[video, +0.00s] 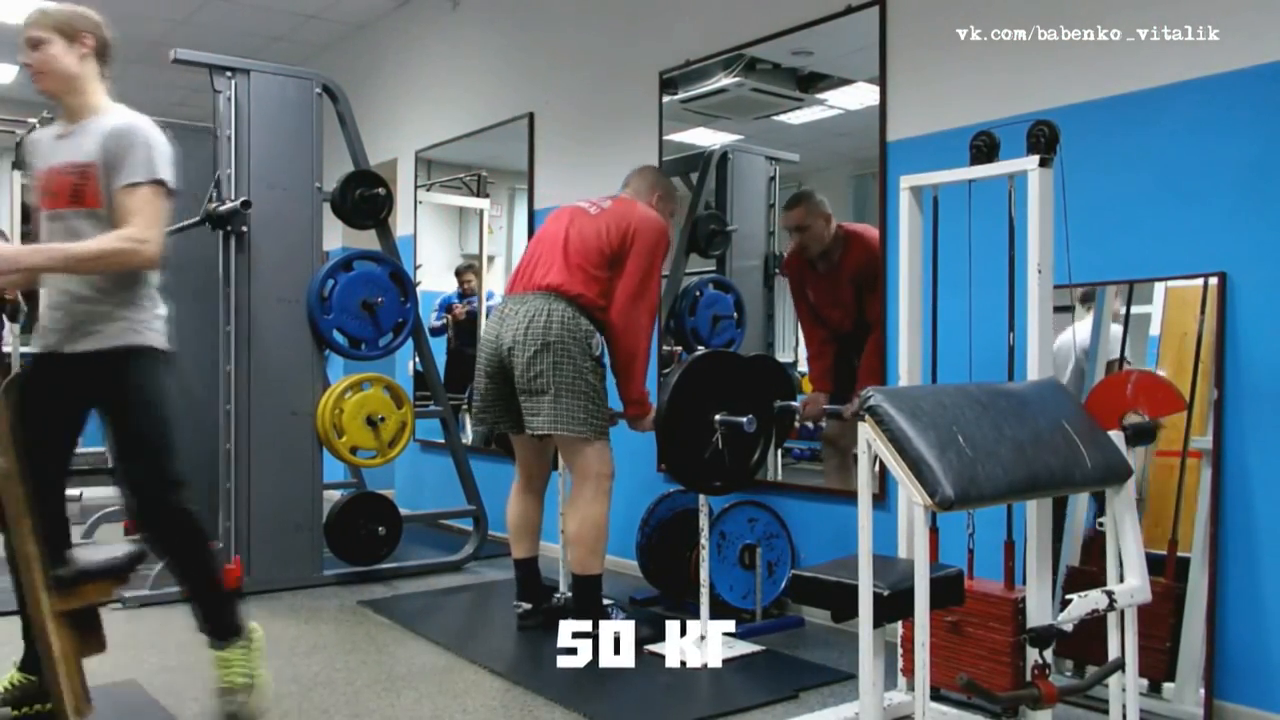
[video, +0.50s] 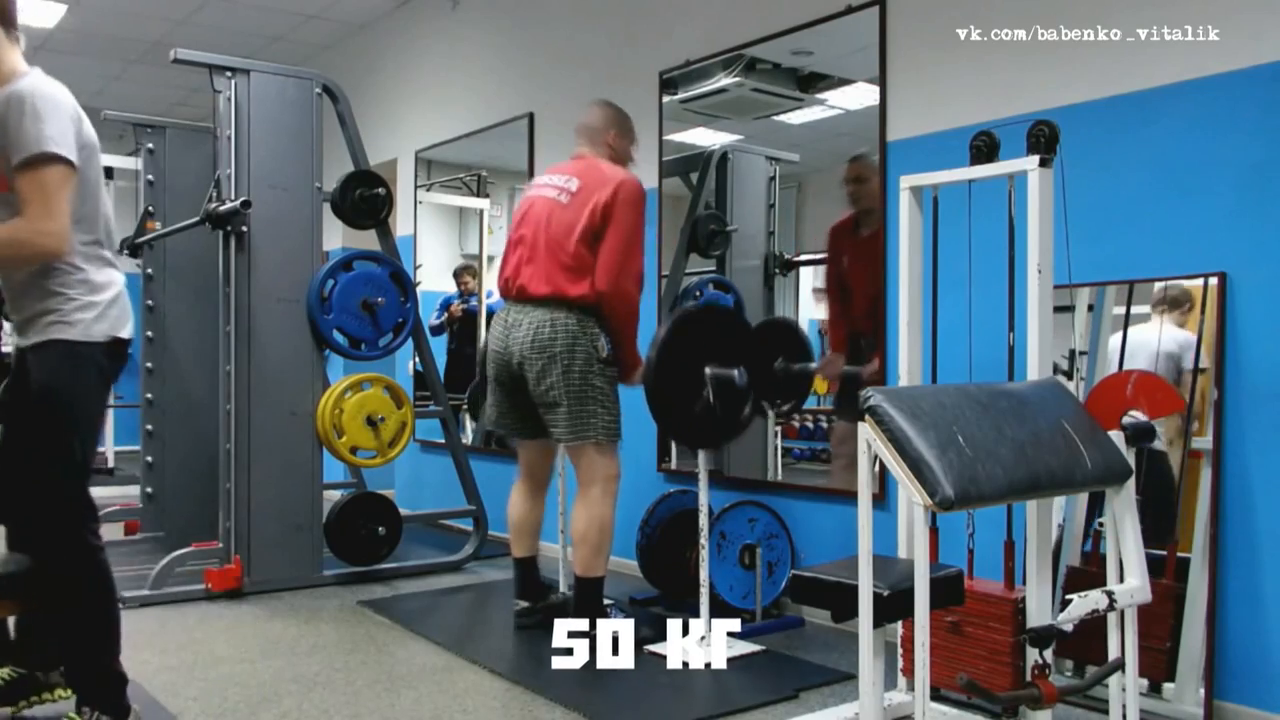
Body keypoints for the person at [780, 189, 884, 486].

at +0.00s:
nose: (795, 241)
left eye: (802, 230)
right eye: (790, 232)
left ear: (828, 222)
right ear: (786, 231)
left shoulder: (870, 247)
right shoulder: (796, 265)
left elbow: (882, 325)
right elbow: (815, 333)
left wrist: (866, 391)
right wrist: (819, 390)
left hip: (878, 343)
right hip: (838, 348)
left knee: (878, 432)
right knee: (835, 436)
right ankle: (840, 516)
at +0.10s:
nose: (801, 231)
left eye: (807, 220)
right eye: (796, 224)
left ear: (833, 215)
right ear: (794, 224)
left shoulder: (874, 243)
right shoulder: (804, 260)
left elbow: (884, 323)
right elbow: (815, 329)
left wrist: (867, 390)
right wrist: (819, 389)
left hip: (884, 344)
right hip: (843, 349)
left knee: (882, 435)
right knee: (834, 439)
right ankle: (842, 523)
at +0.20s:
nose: (810, 220)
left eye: (817, 210)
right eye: (806, 212)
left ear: (843, 208)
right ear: (803, 215)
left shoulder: (878, 241)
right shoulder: (810, 257)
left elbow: (885, 322)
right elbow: (818, 327)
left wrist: (867, 390)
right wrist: (820, 386)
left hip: (883, 341)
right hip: (846, 345)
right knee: (835, 435)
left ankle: (879, 518)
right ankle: (840, 520)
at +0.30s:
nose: (820, 214)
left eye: (829, 204)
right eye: (816, 206)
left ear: (855, 203)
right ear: (814, 208)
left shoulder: (884, 238)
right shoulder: (817, 250)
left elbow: (889, 317)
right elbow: (820, 319)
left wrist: (871, 382)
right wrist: (823, 377)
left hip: (883, 365)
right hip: (842, 370)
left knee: (883, 448)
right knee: (838, 445)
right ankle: (838, 520)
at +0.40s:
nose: (836, 201)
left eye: (844, 193)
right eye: (832, 194)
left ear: (871, 196)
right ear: (829, 198)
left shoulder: (894, 235)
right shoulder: (828, 242)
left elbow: (900, 309)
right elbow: (827, 309)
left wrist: (876, 368)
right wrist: (828, 363)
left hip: (895, 347)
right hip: (854, 349)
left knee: (890, 439)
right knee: (841, 441)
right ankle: (839, 518)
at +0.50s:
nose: (852, 189)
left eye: (861, 181)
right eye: (848, 182)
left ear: (883, 183)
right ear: (845, 187)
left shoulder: (901, 228)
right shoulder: (841, 233)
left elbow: (909, 299)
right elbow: (836, 297)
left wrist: (883, 358)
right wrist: (837, 351)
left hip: (895, 350)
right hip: (855, 351)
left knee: (893, 439)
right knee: (846, 439)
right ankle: (843, 516)